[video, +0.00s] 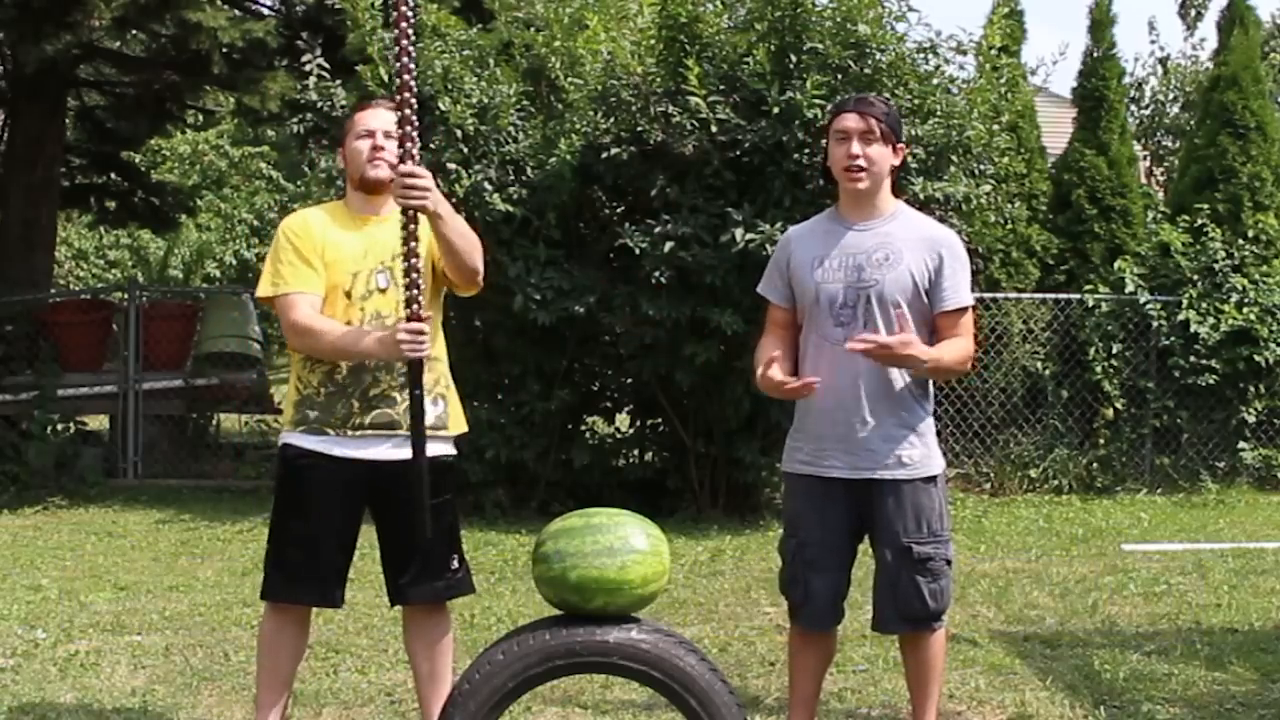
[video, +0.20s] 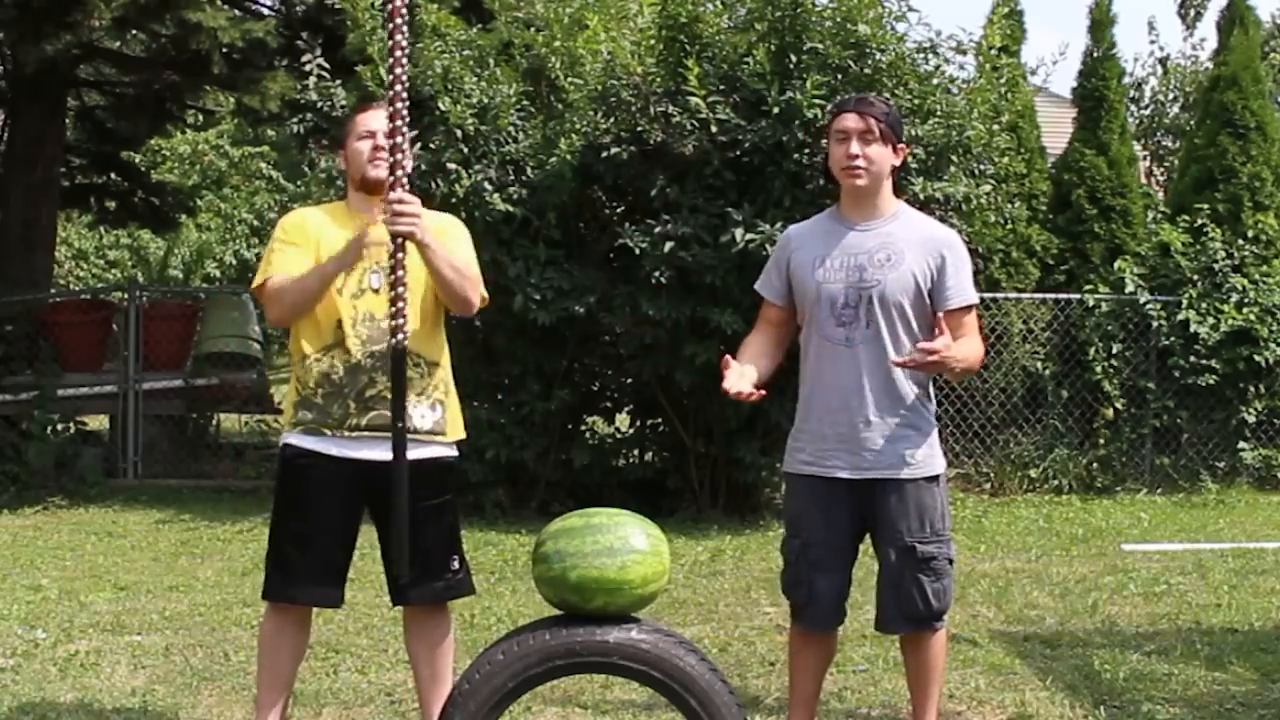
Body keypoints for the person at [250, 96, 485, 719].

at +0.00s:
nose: (381, 145)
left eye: (392, 138)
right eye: (368, 137)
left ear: (405, 153)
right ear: (341, 154)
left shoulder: (428, 221)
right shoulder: (303, 228)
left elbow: (471, 274)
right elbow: (298, 327)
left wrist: (438, 208)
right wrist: (374, 342)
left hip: (418, 443)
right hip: (320, 444)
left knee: (428, 596)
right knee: (291, 596)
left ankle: (438, 714)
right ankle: (269, 714)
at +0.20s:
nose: (382, 146)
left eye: (392, 137)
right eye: (368, 138)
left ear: (407, 152)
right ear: (342, 154)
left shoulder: (442, 228)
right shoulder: (304, 225)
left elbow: (470, 300)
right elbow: (277, 308)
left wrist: (423, 237)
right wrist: (349, 252)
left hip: (420, 443)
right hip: (320, 442)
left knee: (428, 598)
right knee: (291, 597)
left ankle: (438, 715)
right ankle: (269, 714)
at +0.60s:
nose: (391, 157)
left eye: (404, 147)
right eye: (378, 147)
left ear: (427, 159)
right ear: (359, 159)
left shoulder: (455, 235)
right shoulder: (325, 221)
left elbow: (454, 329)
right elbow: (262, 286)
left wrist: (361, 309)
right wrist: (297, 205)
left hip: (420, 450)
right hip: (321, 442)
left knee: (432, 599)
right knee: (293, 595)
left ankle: (438, 717)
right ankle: (269, 715)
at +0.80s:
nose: (387, 167)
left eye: (401, 155)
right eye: (376, 154)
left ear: (428, 161)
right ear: (359, 160)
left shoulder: (461, 238)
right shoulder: (321, 226)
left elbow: (486, 338)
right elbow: (260, 305)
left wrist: (410, 381)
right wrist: (264, 237)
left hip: (423, 454)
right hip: (321, 448)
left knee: (433, 599)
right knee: (292, 593)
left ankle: (437, 717)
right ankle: (270, 713)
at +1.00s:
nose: (382, 182)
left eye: (397, 168)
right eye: (370, 168)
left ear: (427, 162)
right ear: (356, 164)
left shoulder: (463, 239)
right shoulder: (322, 225)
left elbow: (485, 343)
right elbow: (268, 303)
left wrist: (489, 442)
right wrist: (244, 250)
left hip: (426, 453)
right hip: (326, 447)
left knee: (434, 598)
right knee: (292, 590)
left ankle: (439, 716)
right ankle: (271, 712)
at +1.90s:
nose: (370, 178)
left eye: (382, 164)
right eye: (356, 163)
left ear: (398, 167)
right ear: (328, 163)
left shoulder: (423, 240)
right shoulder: (277, 233)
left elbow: (440, 335)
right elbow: (240, 309)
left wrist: (425, 404)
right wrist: (245, 335)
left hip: (403, 454)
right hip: (305, 452)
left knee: (423, 598)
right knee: (289, 600)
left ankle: (438, 718)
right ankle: (275, 718)